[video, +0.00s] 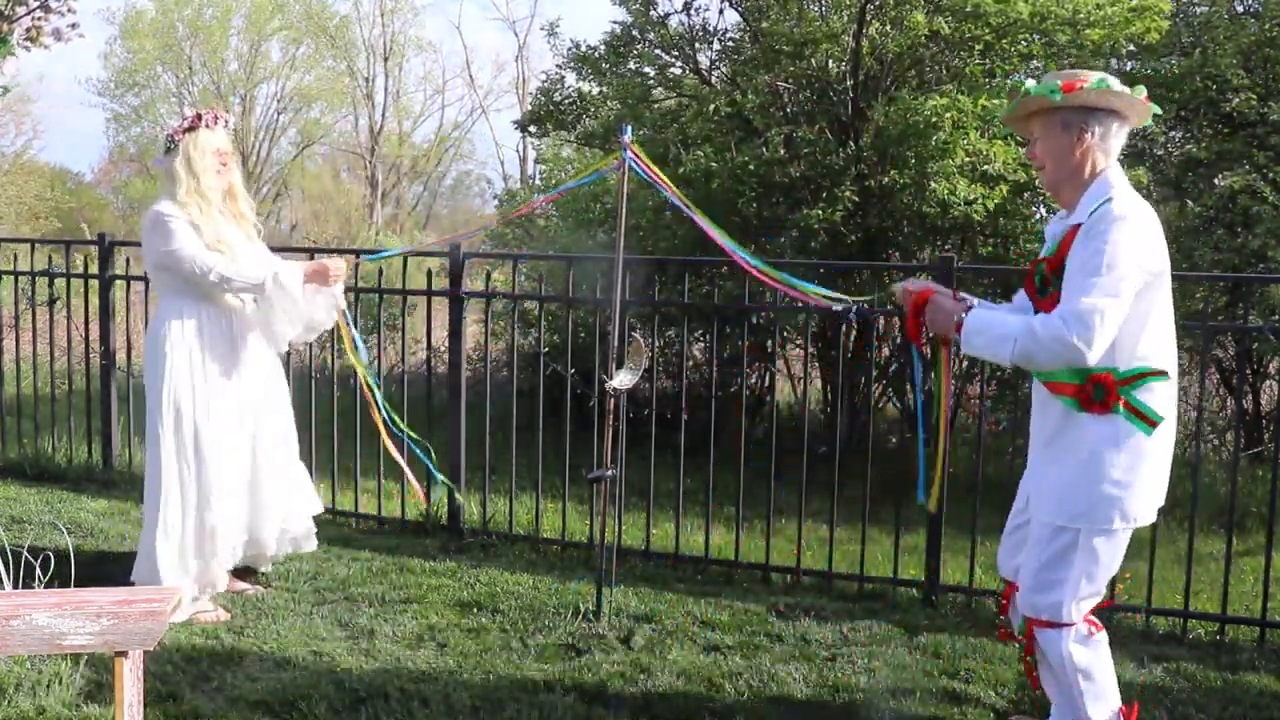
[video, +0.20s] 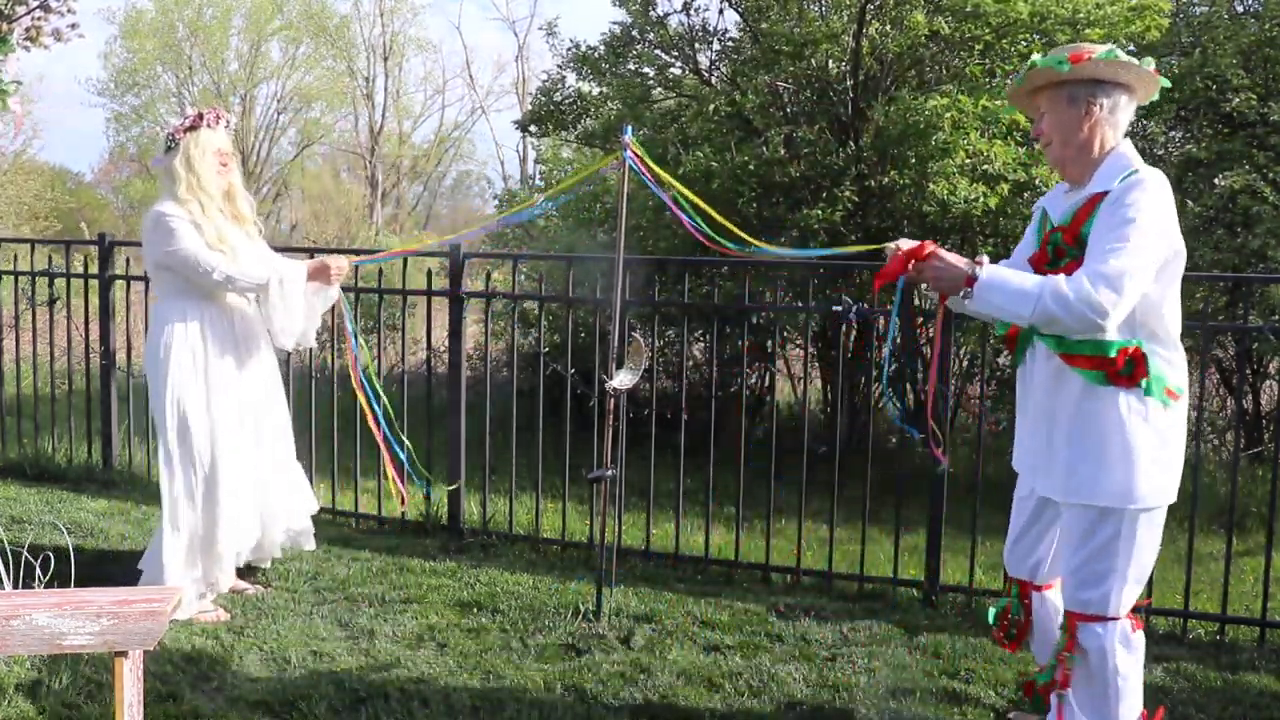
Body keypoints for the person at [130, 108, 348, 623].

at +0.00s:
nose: (226, 161)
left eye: (230, 153)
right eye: (215, 154)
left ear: (235, 160)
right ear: (187, 162)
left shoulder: (234, 222)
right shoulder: (165, 218)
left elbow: (265, 283)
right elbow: (206, 270)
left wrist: (317, 284)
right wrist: (291, 276)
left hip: (234, 351)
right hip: (188, 353)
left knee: (231, 457)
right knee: (191, 463)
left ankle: (219, 570)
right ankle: (182, 588)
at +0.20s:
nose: (227, 162)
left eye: (230, 153)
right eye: (216, 154)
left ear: (235, 160)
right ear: (188, 162)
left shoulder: (233, 221)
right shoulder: (166, 219)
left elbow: (267, 274)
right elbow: (213, 271)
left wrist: (317, 278)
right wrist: (294, 274)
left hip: (237, 350)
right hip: (190, 353)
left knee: (237, 458)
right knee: (199, 464)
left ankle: (222, 571)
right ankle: (185, 589)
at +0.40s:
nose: (234, 164)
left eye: (236, 157)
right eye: (223, 157)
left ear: (239, 164)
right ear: (195, 165)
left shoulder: (237, 222)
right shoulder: (174, 220)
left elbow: (271, 285)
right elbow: (219, 273)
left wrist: (328, 272)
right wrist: (306, 262)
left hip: (241, 362)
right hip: (196, 363)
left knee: (248, 456)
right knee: (203, 465)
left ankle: (249, 561)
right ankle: (193, 591)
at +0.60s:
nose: (251, 166)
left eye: (253, 158)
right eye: (240, 159)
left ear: (257, 163)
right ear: (213, 167)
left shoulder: (255, 224)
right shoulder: (193, 219)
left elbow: (281, 298)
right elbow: (224, 274)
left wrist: (340, 278)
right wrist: (303, 262)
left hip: (257, 364)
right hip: (214, 365)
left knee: (248, 466)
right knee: (211, 468)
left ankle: (214, 584)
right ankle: (190, 593)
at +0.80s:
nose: (265, 168)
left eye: (267, 160)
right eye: (254, 162)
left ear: (272, 166)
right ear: (226, 170)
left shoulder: (270, 225)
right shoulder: (211, 226)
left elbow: (310, 277)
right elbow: (255, 282)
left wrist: (359, 276)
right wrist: (334, 273)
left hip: (278, 363)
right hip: (234, 366)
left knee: (278, 456)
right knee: (229, 468)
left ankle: (270, 547)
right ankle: (199, 589)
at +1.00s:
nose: (269, 166)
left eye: (271, 156)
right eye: (257, 158)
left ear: (277, 161)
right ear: (230, 166)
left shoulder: (280, 216)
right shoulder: (217, 220)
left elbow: (318, 274)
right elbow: (264, 273)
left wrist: (366, 273)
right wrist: (342, 263)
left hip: (287, 346)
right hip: (240, 348)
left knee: (281, 443)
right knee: (234, 458)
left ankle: (268, 540)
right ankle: (204, 583)